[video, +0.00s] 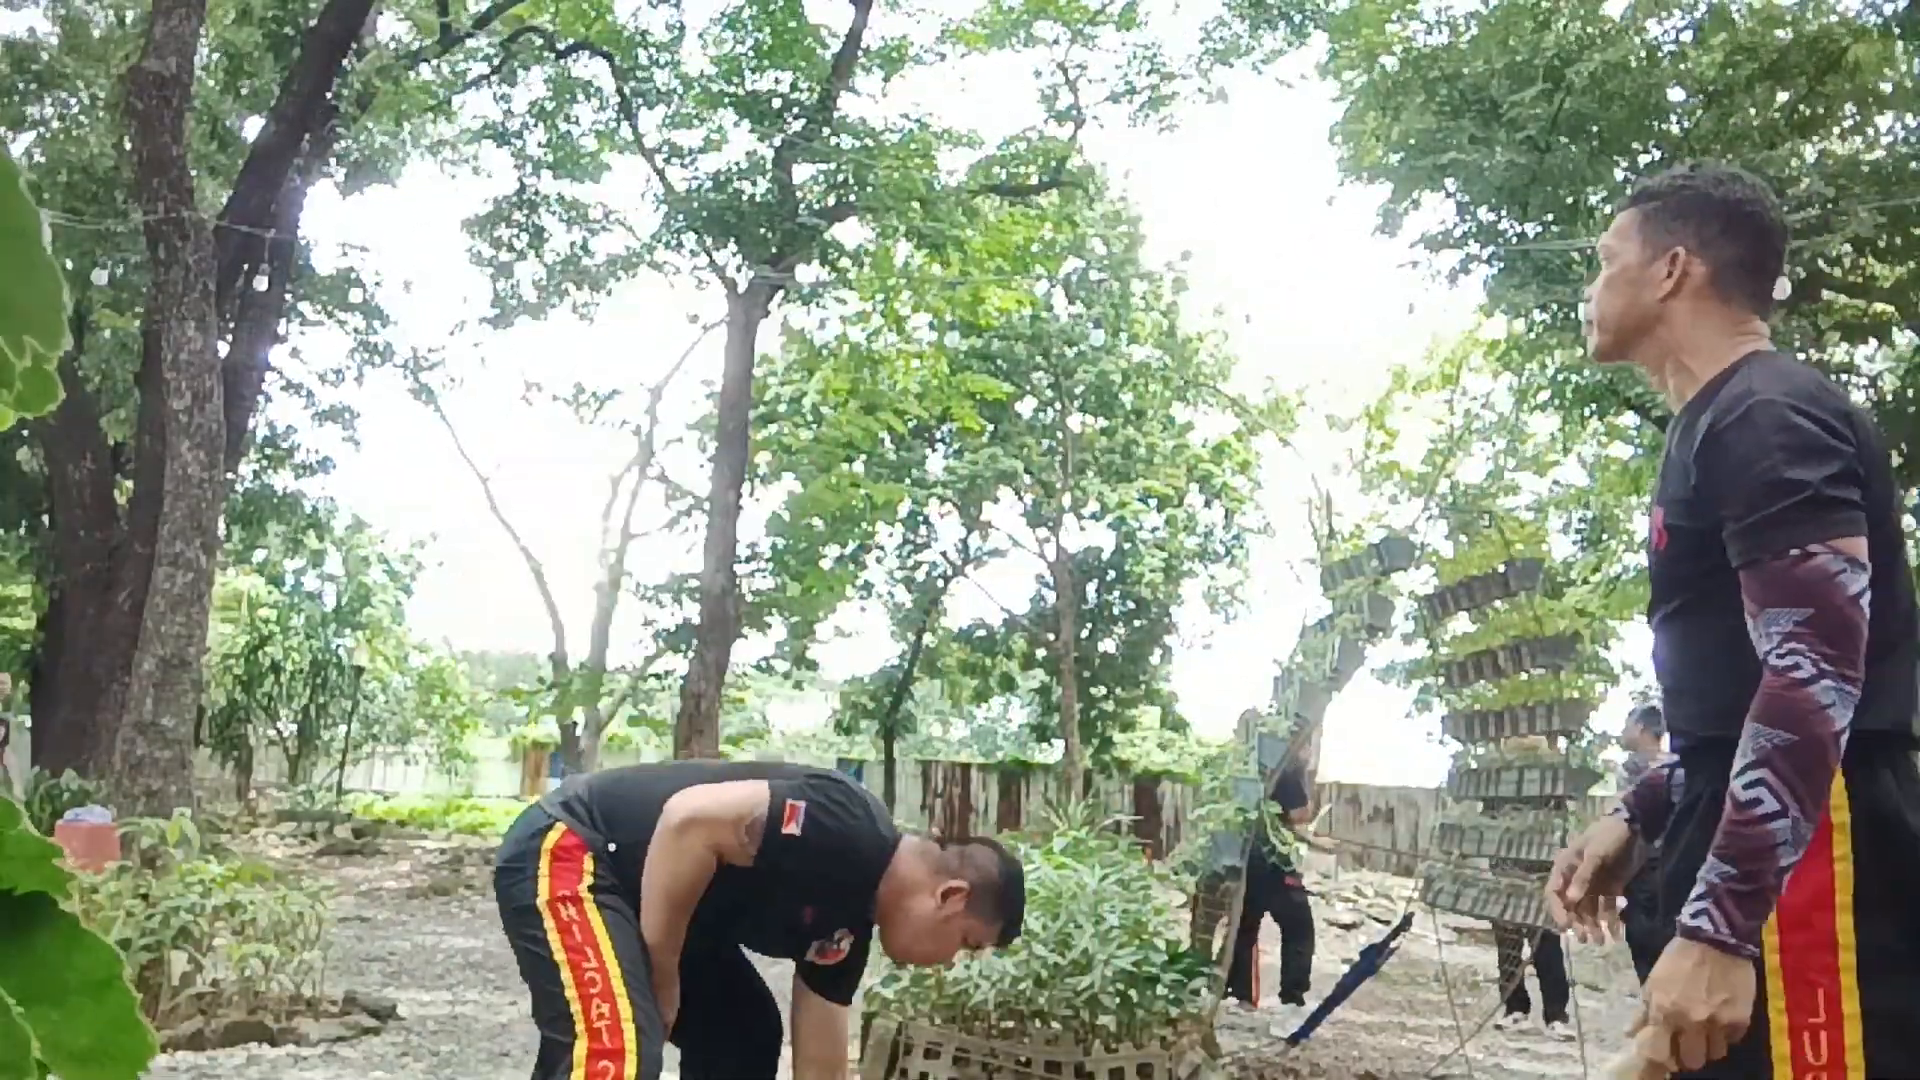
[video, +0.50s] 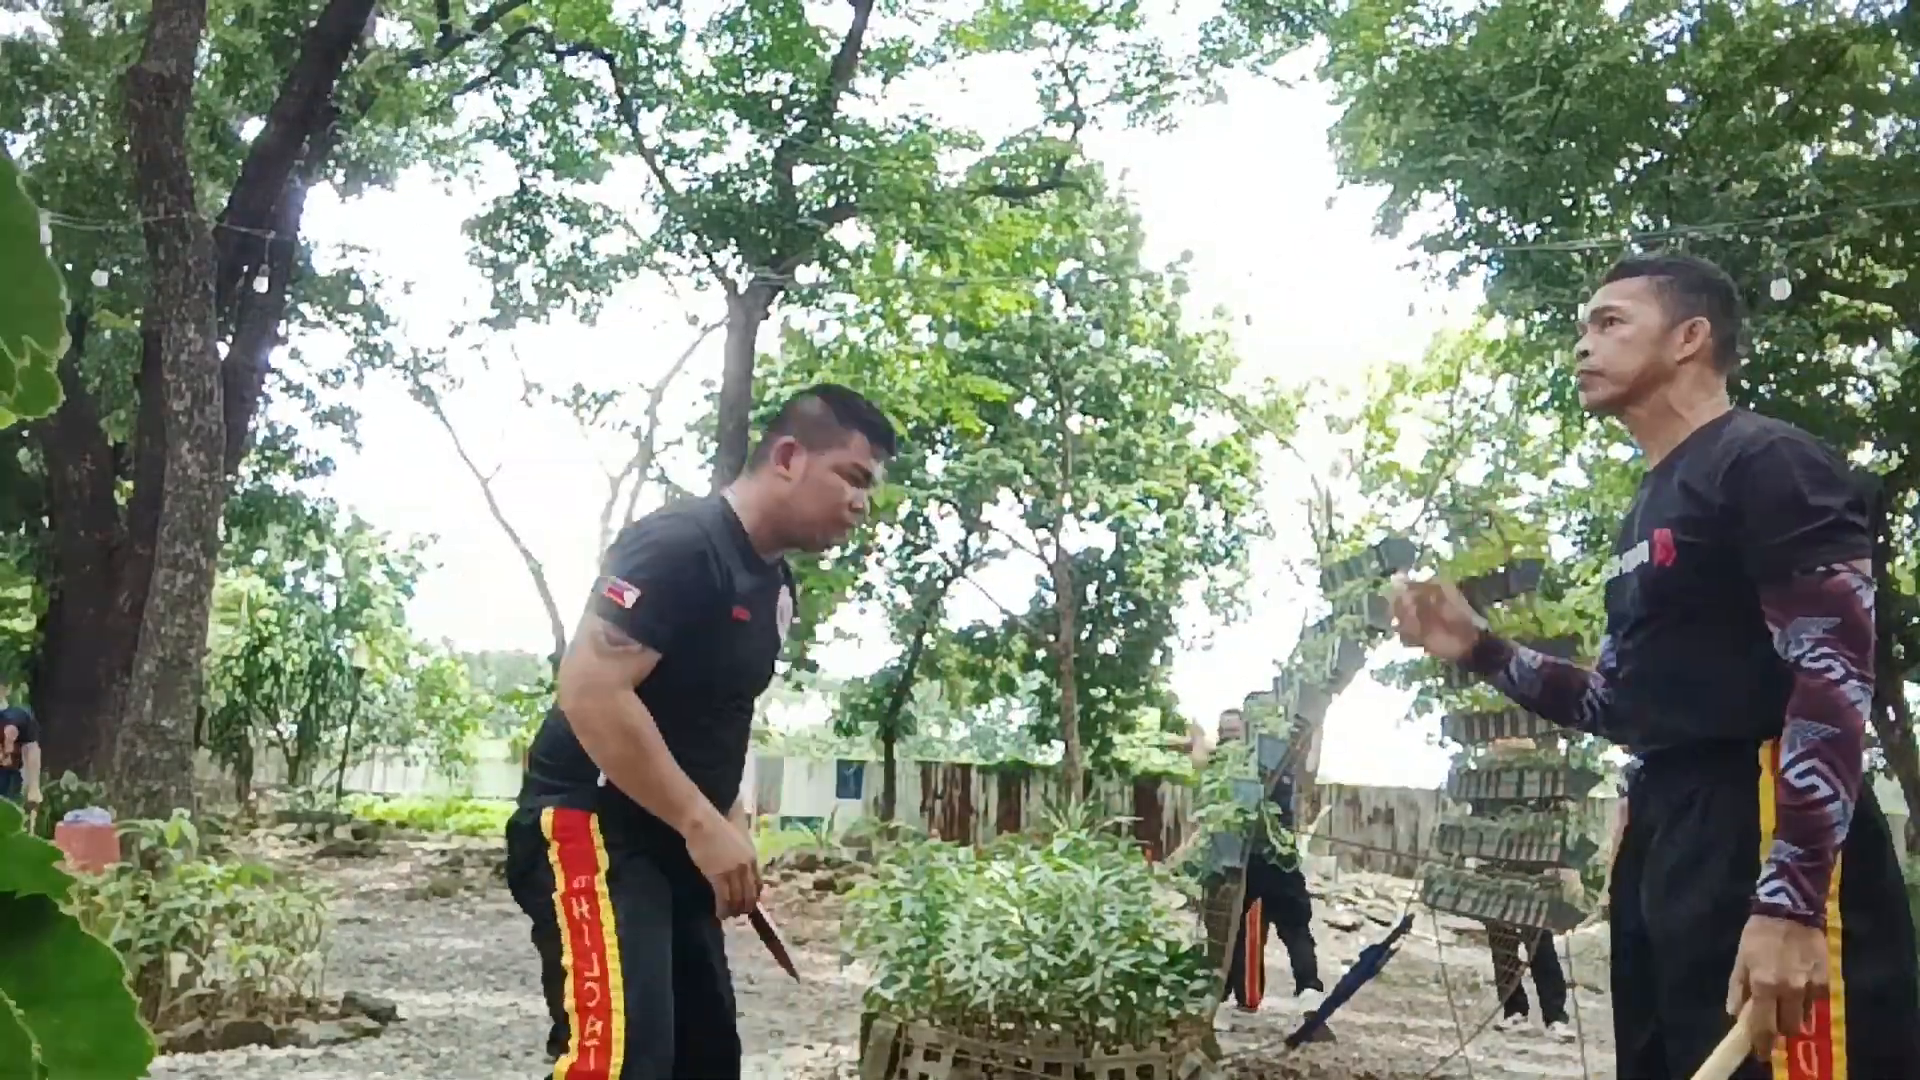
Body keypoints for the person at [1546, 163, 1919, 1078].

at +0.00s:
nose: (1589, 287)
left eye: (1605, 258)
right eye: (1595, 262)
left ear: (1673, 269)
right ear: (1675, 272)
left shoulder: (1769, 412)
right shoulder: (1710, 426)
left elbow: (1812, 675)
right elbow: (1731, 695)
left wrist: (1720, 924)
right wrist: (1634, 821)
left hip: (1809, 827)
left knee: (1813, 1058)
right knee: (1745, 1060)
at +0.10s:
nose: (1589, 298)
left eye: (1606, 267)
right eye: (1595, 272)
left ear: (1673, 281)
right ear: (1672, 285)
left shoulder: (1766, 420)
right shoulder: (1702, 436)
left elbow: (1796, 675)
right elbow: (1715, 687)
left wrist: (1687, 909)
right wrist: (1598, 767)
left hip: (1797, 819)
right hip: (1734, 811)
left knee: (1805, 1057)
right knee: (1734, 1057)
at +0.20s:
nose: (1587, 315)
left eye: (1607, 284)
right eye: (1594, 289)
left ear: (1680, 293)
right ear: (1674, 300)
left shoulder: (1763, 425)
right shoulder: (1698, 445)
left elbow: (1795, 678)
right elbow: (1702, 692)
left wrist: (1691, 900)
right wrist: (1574, 692)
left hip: (1779, 821)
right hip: (1713, 812)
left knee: (1787, 1059)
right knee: (1716, 1057)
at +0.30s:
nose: (1584, 335)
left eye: (1605, 305)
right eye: (1590, 312)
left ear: (1680, 313)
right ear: (1672, 322)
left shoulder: (1758, 437)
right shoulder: (1687, 464)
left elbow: (1798, 681)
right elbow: (1649, 686)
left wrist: (1736, 902)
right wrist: (1547, 589)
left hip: (1768, 828)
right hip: (1697, 821)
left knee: (1777, 1058)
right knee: (1692, 1059)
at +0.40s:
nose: (1584, 337)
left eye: (1610, 313)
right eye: (1591, 319)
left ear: (1690, 326)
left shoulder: (1761, 447)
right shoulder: (1676, 486)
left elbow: (1807, 683)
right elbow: (1617, 694)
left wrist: (1769, 905)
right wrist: (1525, 571)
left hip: (1764, 834)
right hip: (1683, 835)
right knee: (1671, 1059)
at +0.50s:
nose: (1581, 342)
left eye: (1609, 321)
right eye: (1584, 326)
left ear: (1689, 339)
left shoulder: (1768, 459)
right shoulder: (1650, 506)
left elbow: (1833, 681)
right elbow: (1619, 704)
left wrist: (1794, 899)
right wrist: (1480, 652)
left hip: (1765, 820)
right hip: (1666, 826)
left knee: (1770, 1059)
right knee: (1660, 1058)